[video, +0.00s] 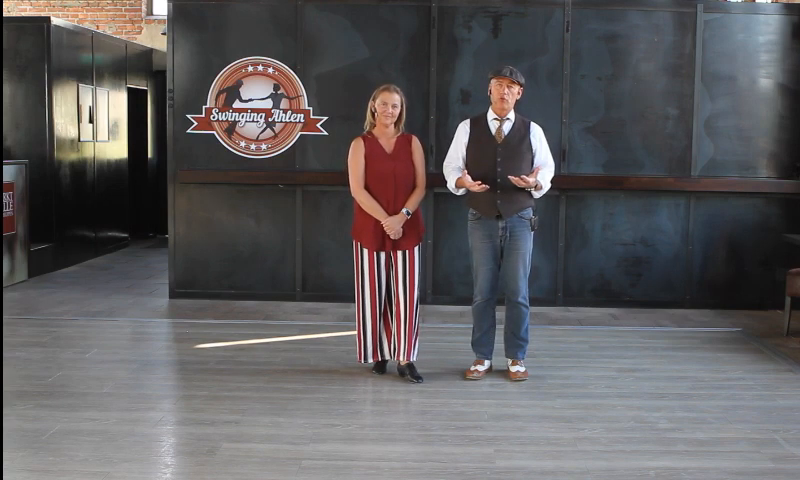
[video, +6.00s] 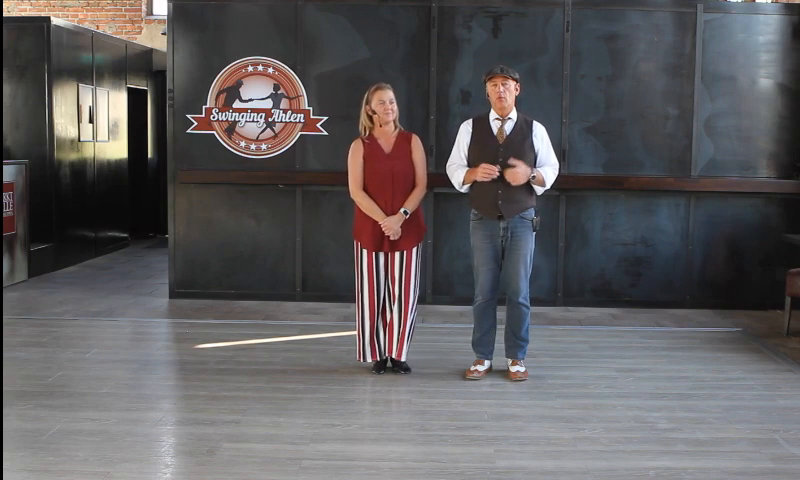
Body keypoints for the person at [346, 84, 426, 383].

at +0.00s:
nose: (389, 110)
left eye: (394, 105)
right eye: (384, 104)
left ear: (401, 110)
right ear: (374, 107)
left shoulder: (412, 143)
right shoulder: (360, 144)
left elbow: (421, 186)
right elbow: (357, 189)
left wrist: (401, 216)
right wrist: (388, 220)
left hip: (406, 231)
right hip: (371, 231)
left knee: (407, 296)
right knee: (373, 295)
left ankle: (405, 359)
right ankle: (379, 356)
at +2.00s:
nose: (395, 108)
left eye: (396, 104)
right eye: (388, 105)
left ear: (399, 107)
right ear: (373, 110)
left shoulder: (411, 143)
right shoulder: (360, 145)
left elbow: (420, 187)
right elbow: (357, 191)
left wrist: (402, 216)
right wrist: (389, 221)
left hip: (405, 231)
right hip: (371, 232)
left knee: (406, 296)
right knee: (374, 295)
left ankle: (406, 359)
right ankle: (379, 356)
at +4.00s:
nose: (391, 107)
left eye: (392, 101)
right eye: (384, 104)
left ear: (397, 106)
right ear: (370, 112)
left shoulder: (411, 142)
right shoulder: (359, 146)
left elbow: (421, 186)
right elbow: (356, 191)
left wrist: (404, 216)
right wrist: (388, 221)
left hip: (406, 231)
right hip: (371, 232)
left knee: (407, 295)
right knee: (374, 295)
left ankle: (406, 359)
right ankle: (379, 355)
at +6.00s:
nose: (388, 106)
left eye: (391, 101)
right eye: (381, 103)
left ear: (397, 105)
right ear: (370, 109)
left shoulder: (412, 141)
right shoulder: (359, 146)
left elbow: (422, 185)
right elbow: (355, 191)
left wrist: (401, 215)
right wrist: (385, 221)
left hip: (406, 229)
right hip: (371, 230)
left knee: (404, 293)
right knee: (373, 293)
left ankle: (397, 355)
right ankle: (377, 355)